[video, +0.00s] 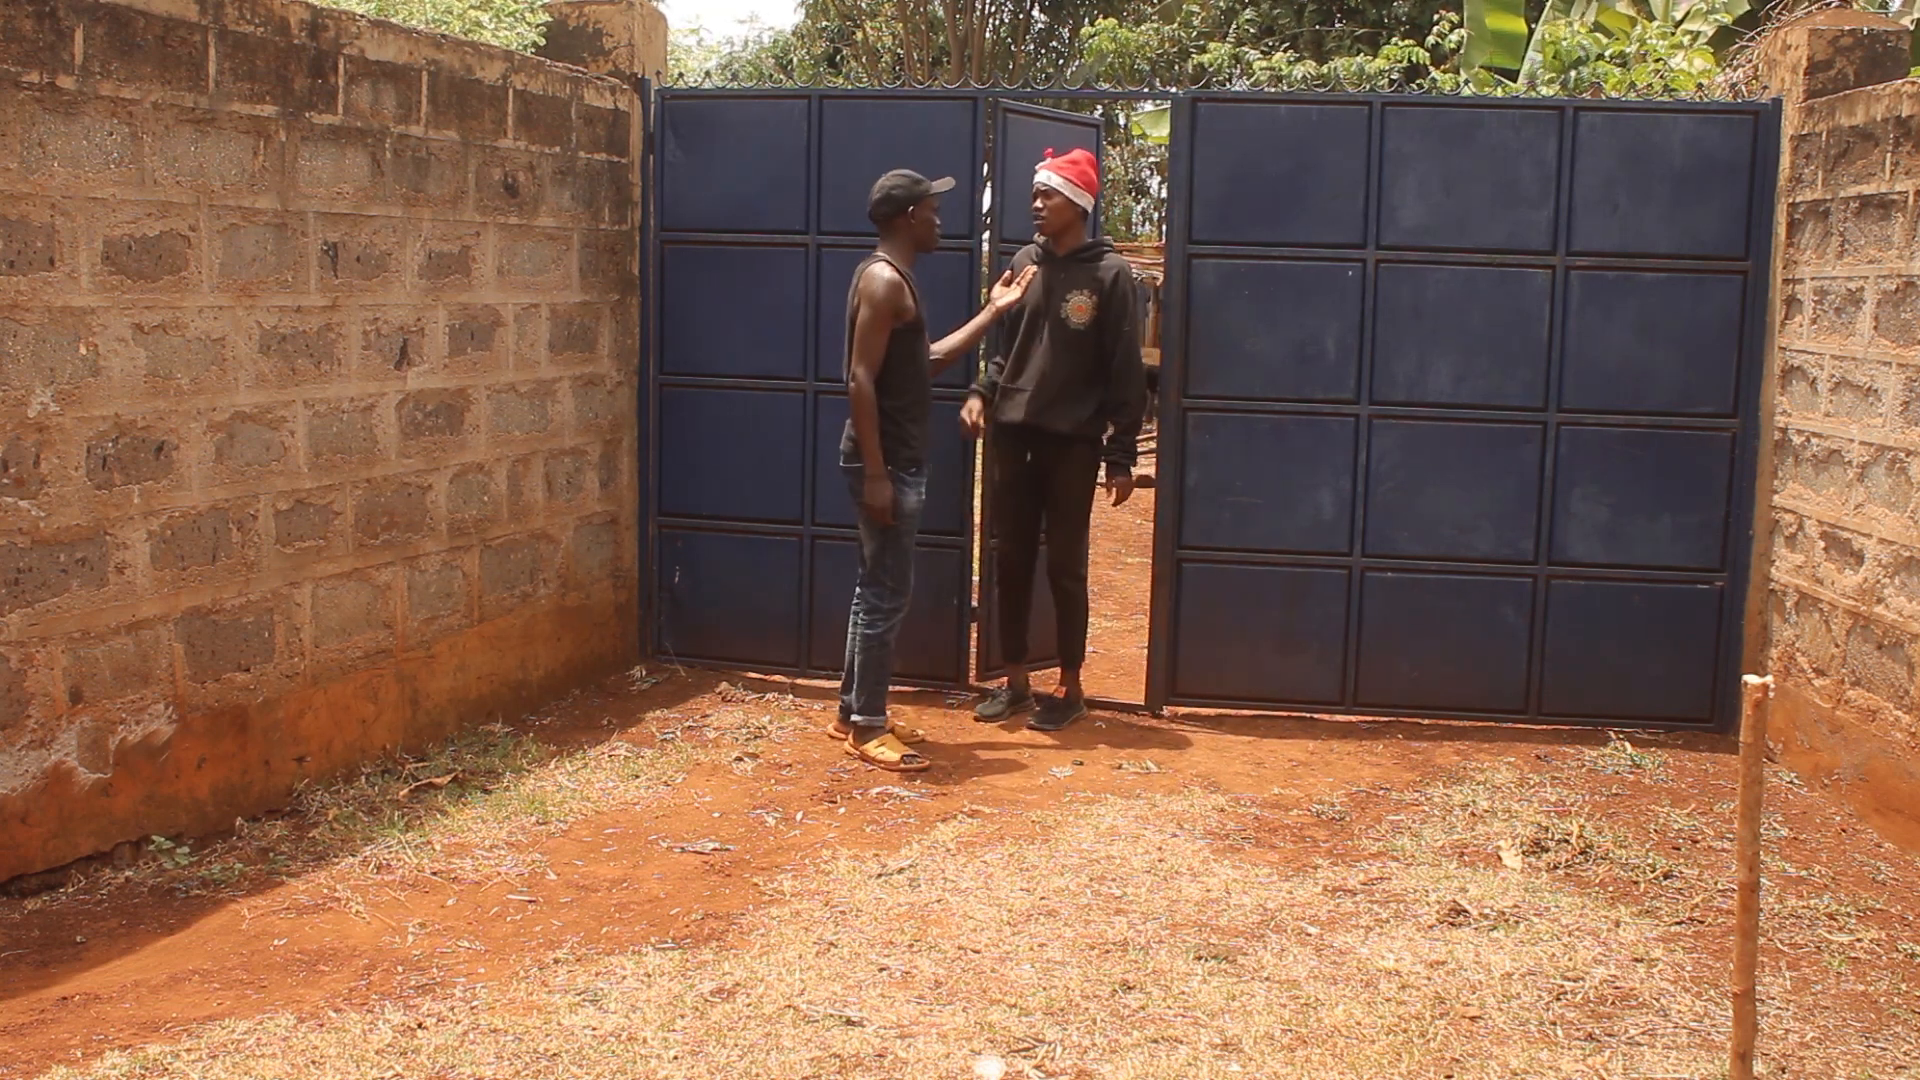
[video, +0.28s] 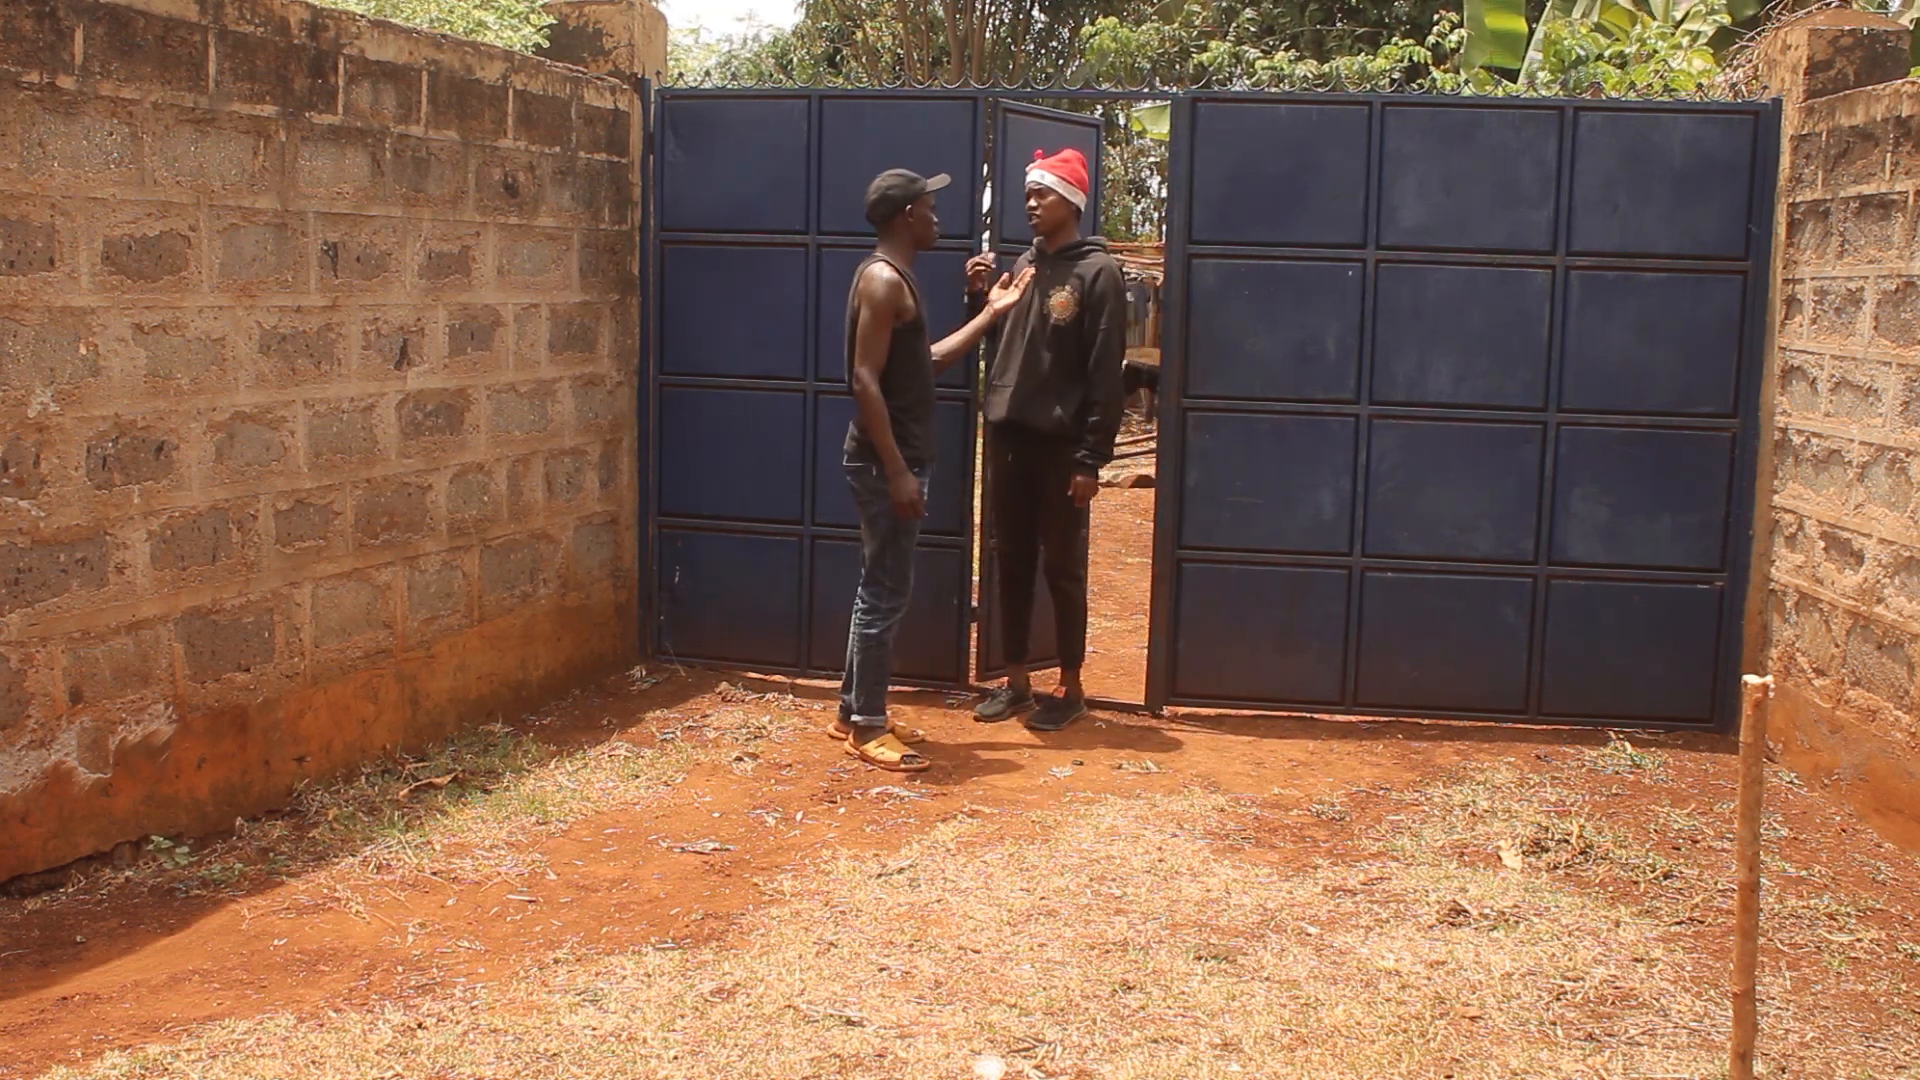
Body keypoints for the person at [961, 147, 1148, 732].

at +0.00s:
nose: (1036, 204)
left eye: (1048, 195)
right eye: (1036, 195)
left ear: (1081, 204)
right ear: (1038, 202)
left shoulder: (1114, 274)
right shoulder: (1023, 266)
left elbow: (1129, 369)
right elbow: (1000, 341)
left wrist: (1121, 454)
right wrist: (979, 392)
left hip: (1072, 440)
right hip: (1010, 435)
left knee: (1065, 565)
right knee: (1009, 560)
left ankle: (1069, 688)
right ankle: (1014, 683)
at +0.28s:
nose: (1032, 203)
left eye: (1043, 195)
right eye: (1029, 195)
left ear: (1074, 201)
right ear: (1030, 202)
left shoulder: (1102, 270)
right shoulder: (1021, 267)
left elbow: (1109, 372)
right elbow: (999, 342)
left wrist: (1092, 458)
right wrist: (981, 294)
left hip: (1063, 440)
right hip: (1007, 434)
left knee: (1063, 567)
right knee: (1010, 561)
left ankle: (1070, 688)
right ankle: (1014, 682)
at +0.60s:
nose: (1042, 206)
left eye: (1054, 197)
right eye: (1040, 196)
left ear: (1086, 205)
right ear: (1039, 201)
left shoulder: (1113, 278)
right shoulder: (1027, 268)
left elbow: (1104, 377)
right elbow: (1001, 352)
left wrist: (1063, 445)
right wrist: (963, 392)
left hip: (1065, 442)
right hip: (1008, 435)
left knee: (1065, 567)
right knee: (1011, 560)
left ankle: (1070, 689)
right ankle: (1014, 681)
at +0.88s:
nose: (1043, 207)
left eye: (1055, 198)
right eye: (1040, 197)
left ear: (1088, 205)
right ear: (1039, 202)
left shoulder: (1118, 278)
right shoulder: (1025, 269)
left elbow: (1121, 377)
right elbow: (1000, 351)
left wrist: (1105, 460)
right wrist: (996, 423)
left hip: (1073, 444)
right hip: (1013, 437)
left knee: (1070, 568)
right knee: (1013, 562)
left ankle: (1071, 688)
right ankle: (1016, 681)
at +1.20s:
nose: (1052, 209)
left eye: (1065, 201)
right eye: (1050, 198)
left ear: (1096, 208)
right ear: (1048, 202)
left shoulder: (1123, 280)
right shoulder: (1029, 265)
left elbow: (1133, 373)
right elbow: (1000, 351)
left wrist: (1123, 457)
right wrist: (983, 424)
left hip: (1078, 438)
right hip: (1016, 433)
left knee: (1072, 566)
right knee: (1015, 561)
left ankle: (1071, 688)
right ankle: (1015, 682)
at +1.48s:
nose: (1072, 216)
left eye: (1084, 208)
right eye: (1069, 206)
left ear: (1114, 212)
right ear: (1068, 210)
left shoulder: (1139, 277)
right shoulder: (1054, 267)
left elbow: (1145, 372)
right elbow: (1012, 345)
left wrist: (1124, 453)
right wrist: (967, 402)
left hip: (1085, 435)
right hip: (1025, 427)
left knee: (1069, 564)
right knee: (999, 552)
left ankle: (1071, 688)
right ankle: (1024, 674)